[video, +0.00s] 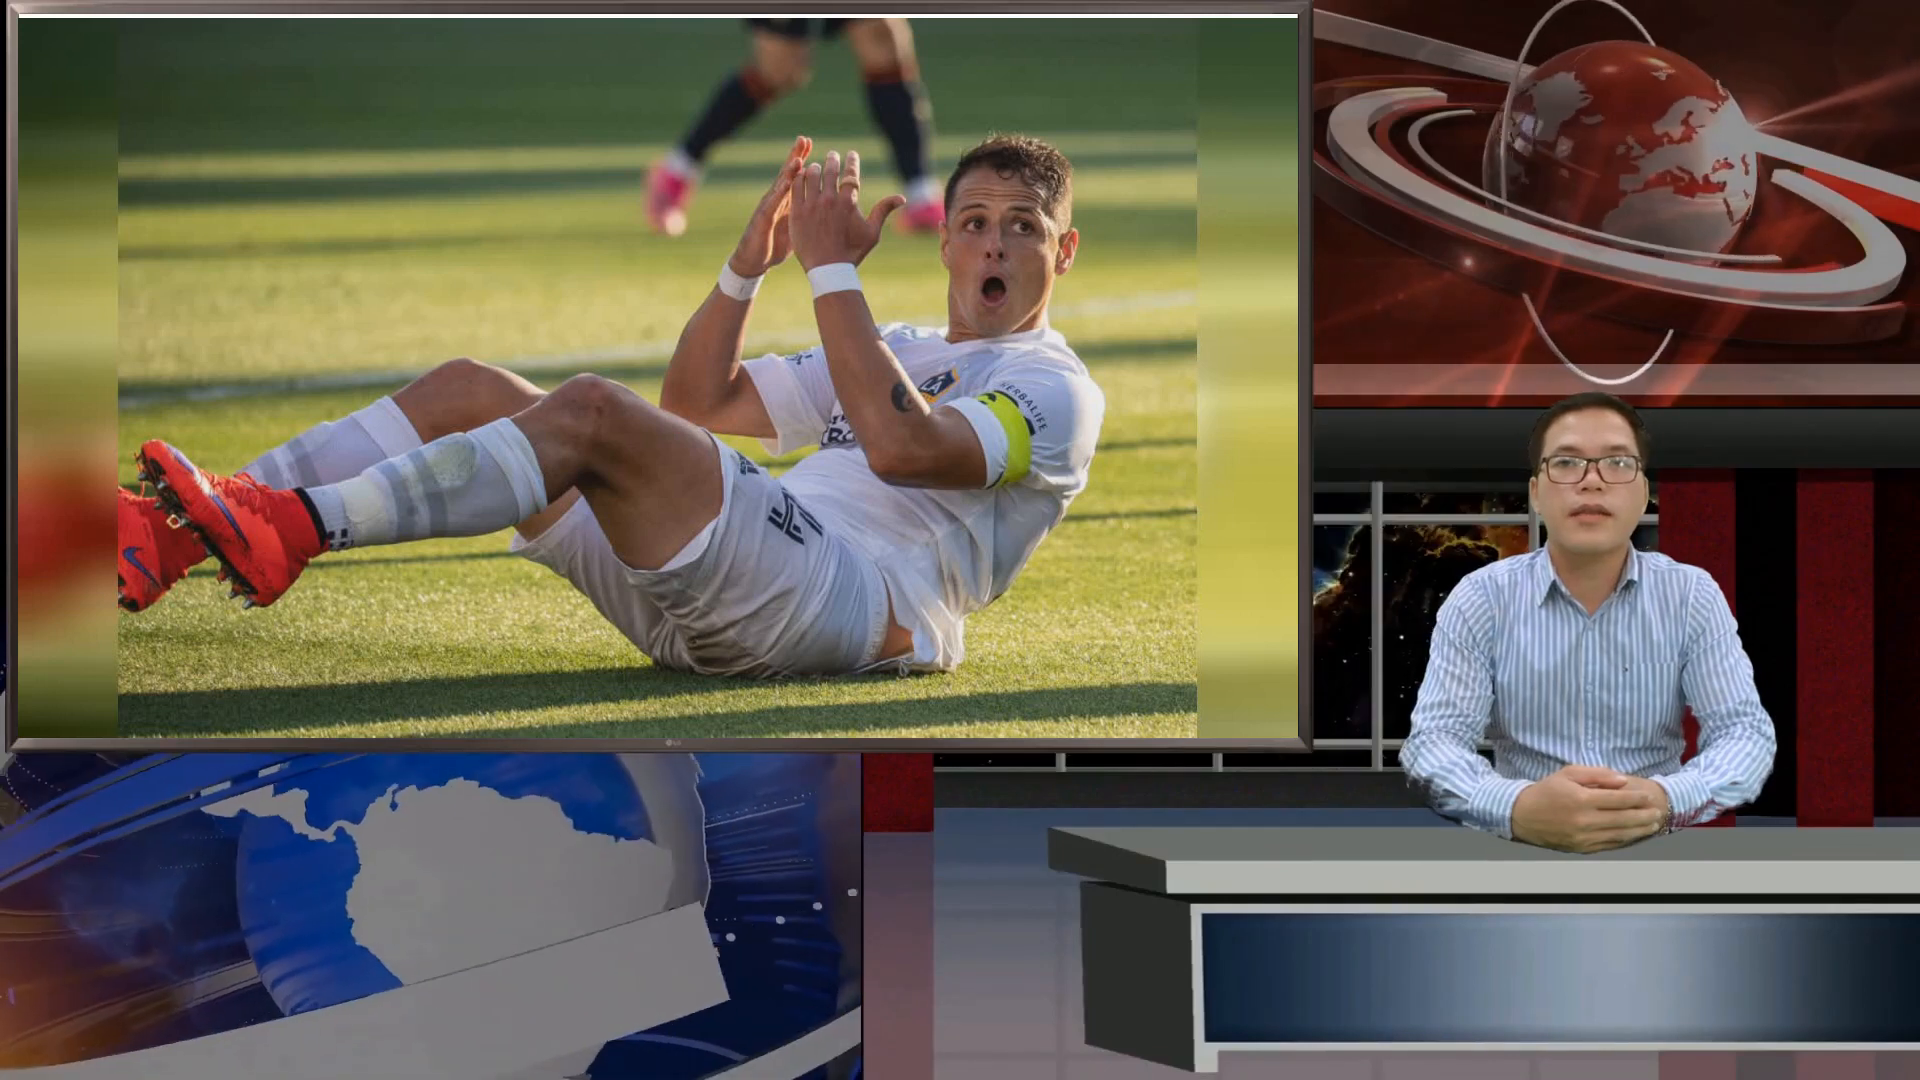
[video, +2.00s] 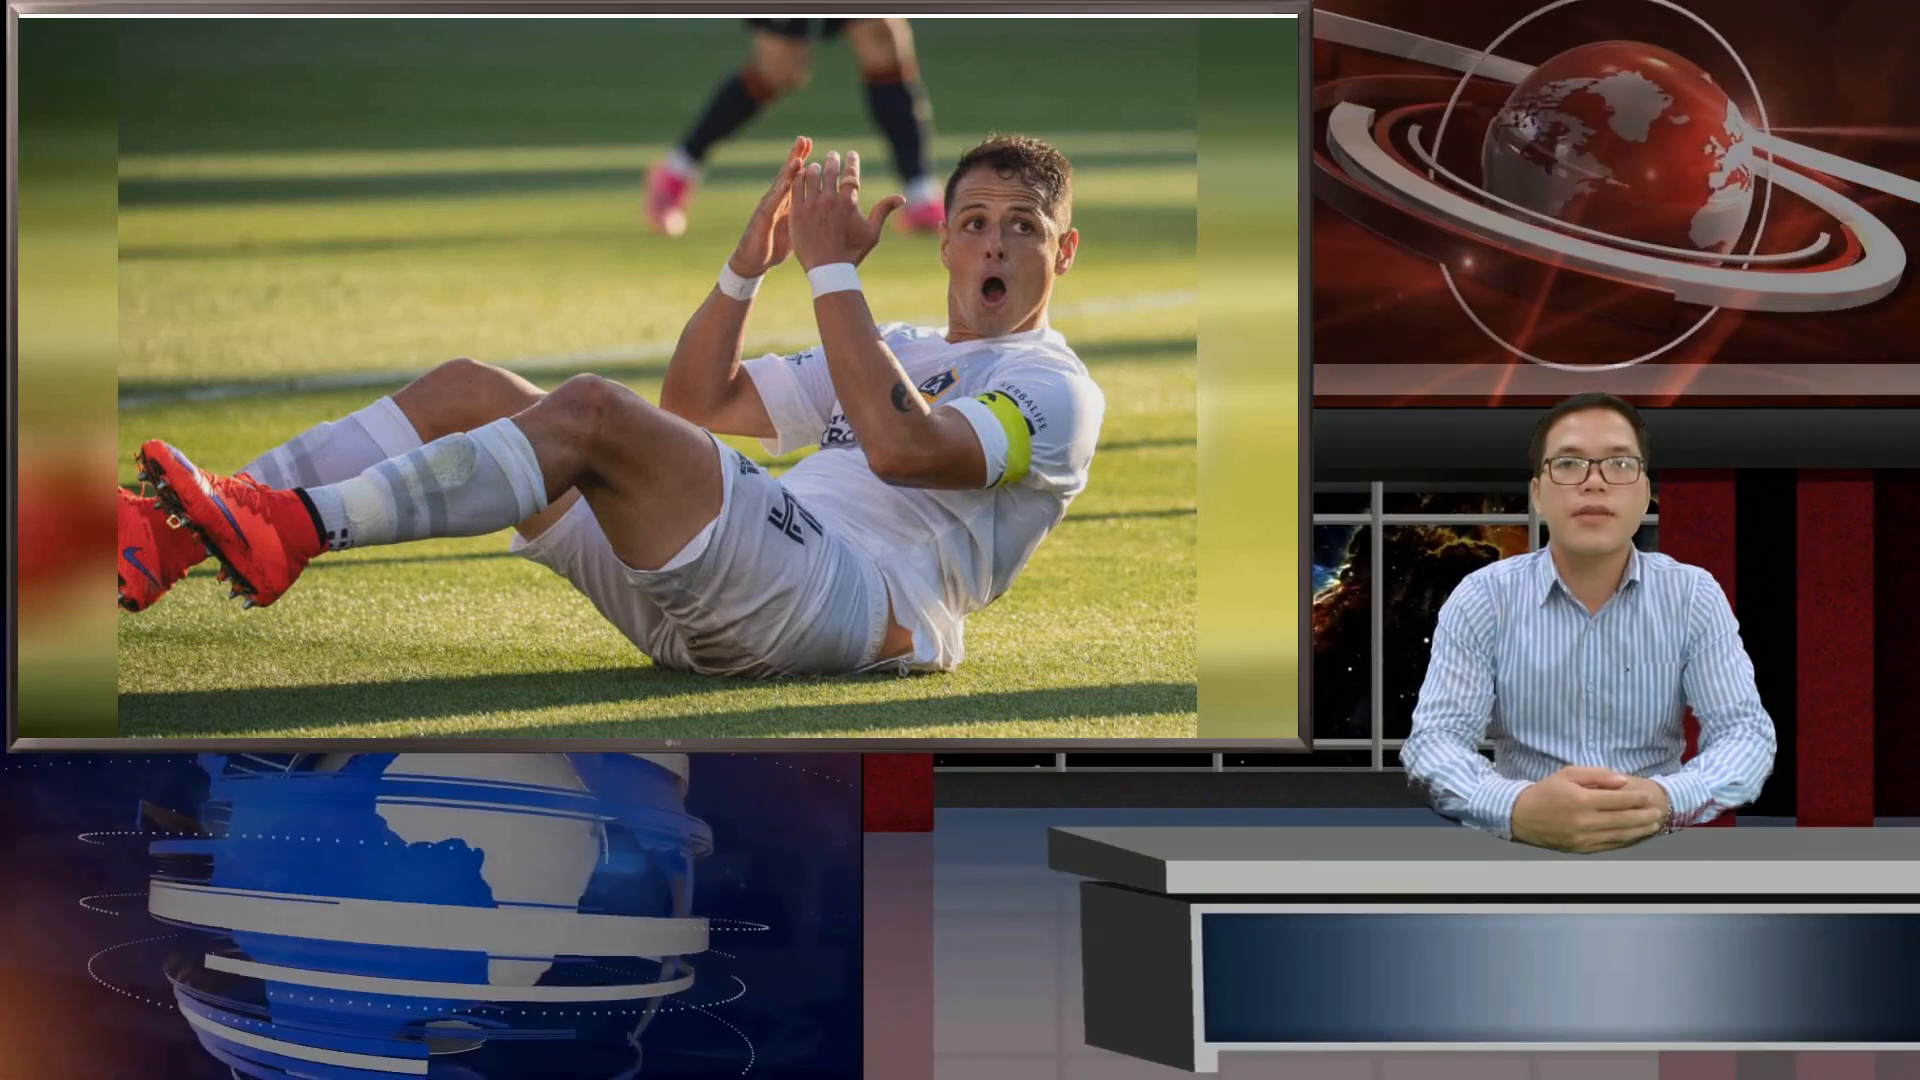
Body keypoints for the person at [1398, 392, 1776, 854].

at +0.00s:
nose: (1592, 481)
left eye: (1616, 463)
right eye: (1567, 463)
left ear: (1644, 494)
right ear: (1536, 494)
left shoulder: (1688, 597)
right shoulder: (1483, 601)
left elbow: (1744, 735)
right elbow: (1432, 746)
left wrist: (1667, 800)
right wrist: (1515, 808)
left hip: (1657, 853)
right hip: (1520, 857)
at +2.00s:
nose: (1594, 482)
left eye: (1618, 464)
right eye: (1568, 464)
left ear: (1646, 495)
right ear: (1538, 495)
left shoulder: (1690, 598)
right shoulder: (1484, 601)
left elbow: (1744, 735)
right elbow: (1432, 745)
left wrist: (1667, 800)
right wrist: (1515, 809)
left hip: (1654, 849)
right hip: (1517, 853)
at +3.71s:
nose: (1595, 482)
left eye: (1619, 464)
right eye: (1569, 464)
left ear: (1646, 494)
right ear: (1538, 495)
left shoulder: (1690, 598)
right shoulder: (1484, 601)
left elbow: (1745, 735)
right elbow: (1432, 745)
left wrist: (1667, 800)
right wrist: (1514, 809)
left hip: (1657, 854)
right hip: (1521, 857)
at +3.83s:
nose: (1595, 482)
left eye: (1619, 464)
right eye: (1569, 464)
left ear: (1646, 495)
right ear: (1538, 496)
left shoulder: (1691, 598)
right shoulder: (1484, 601)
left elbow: (1745, 735)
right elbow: (1433, 745)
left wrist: (1667, 800)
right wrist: (1514, 809)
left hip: (1656, 854)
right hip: (1520, 857)